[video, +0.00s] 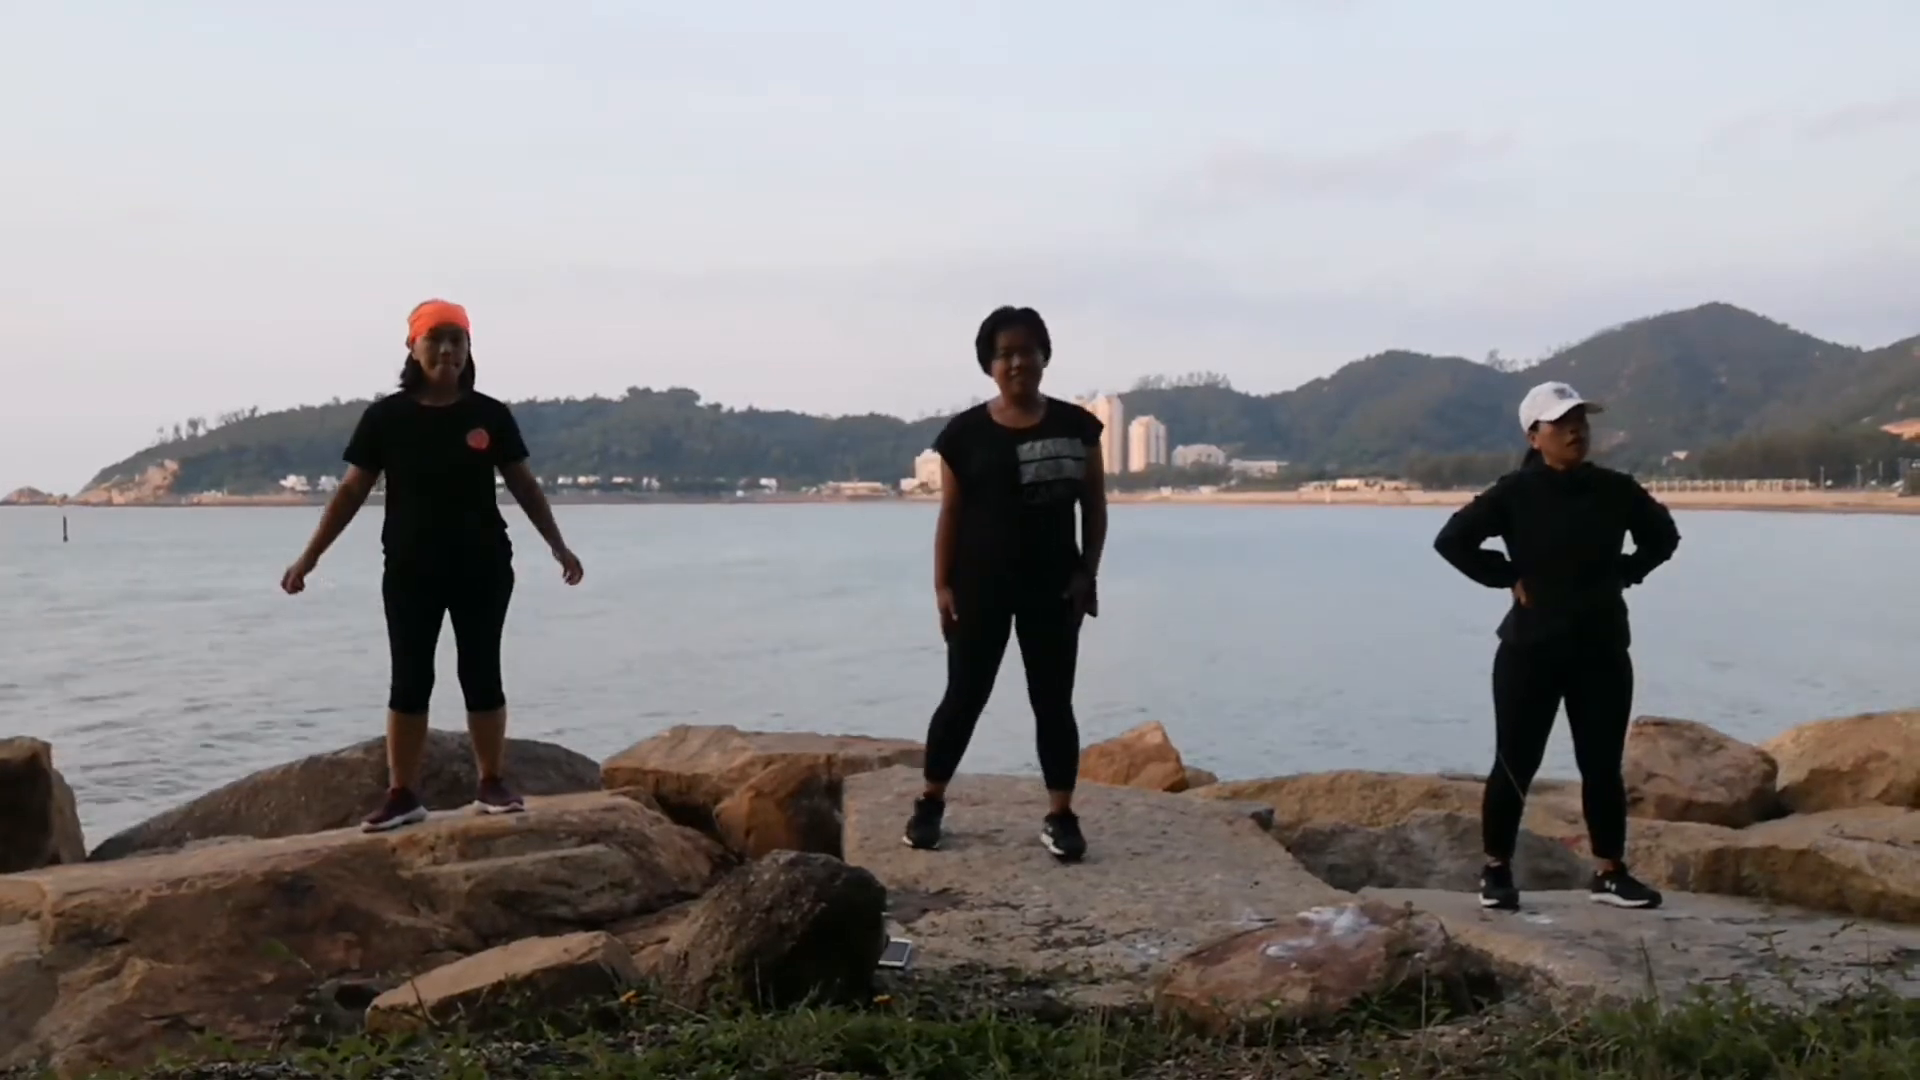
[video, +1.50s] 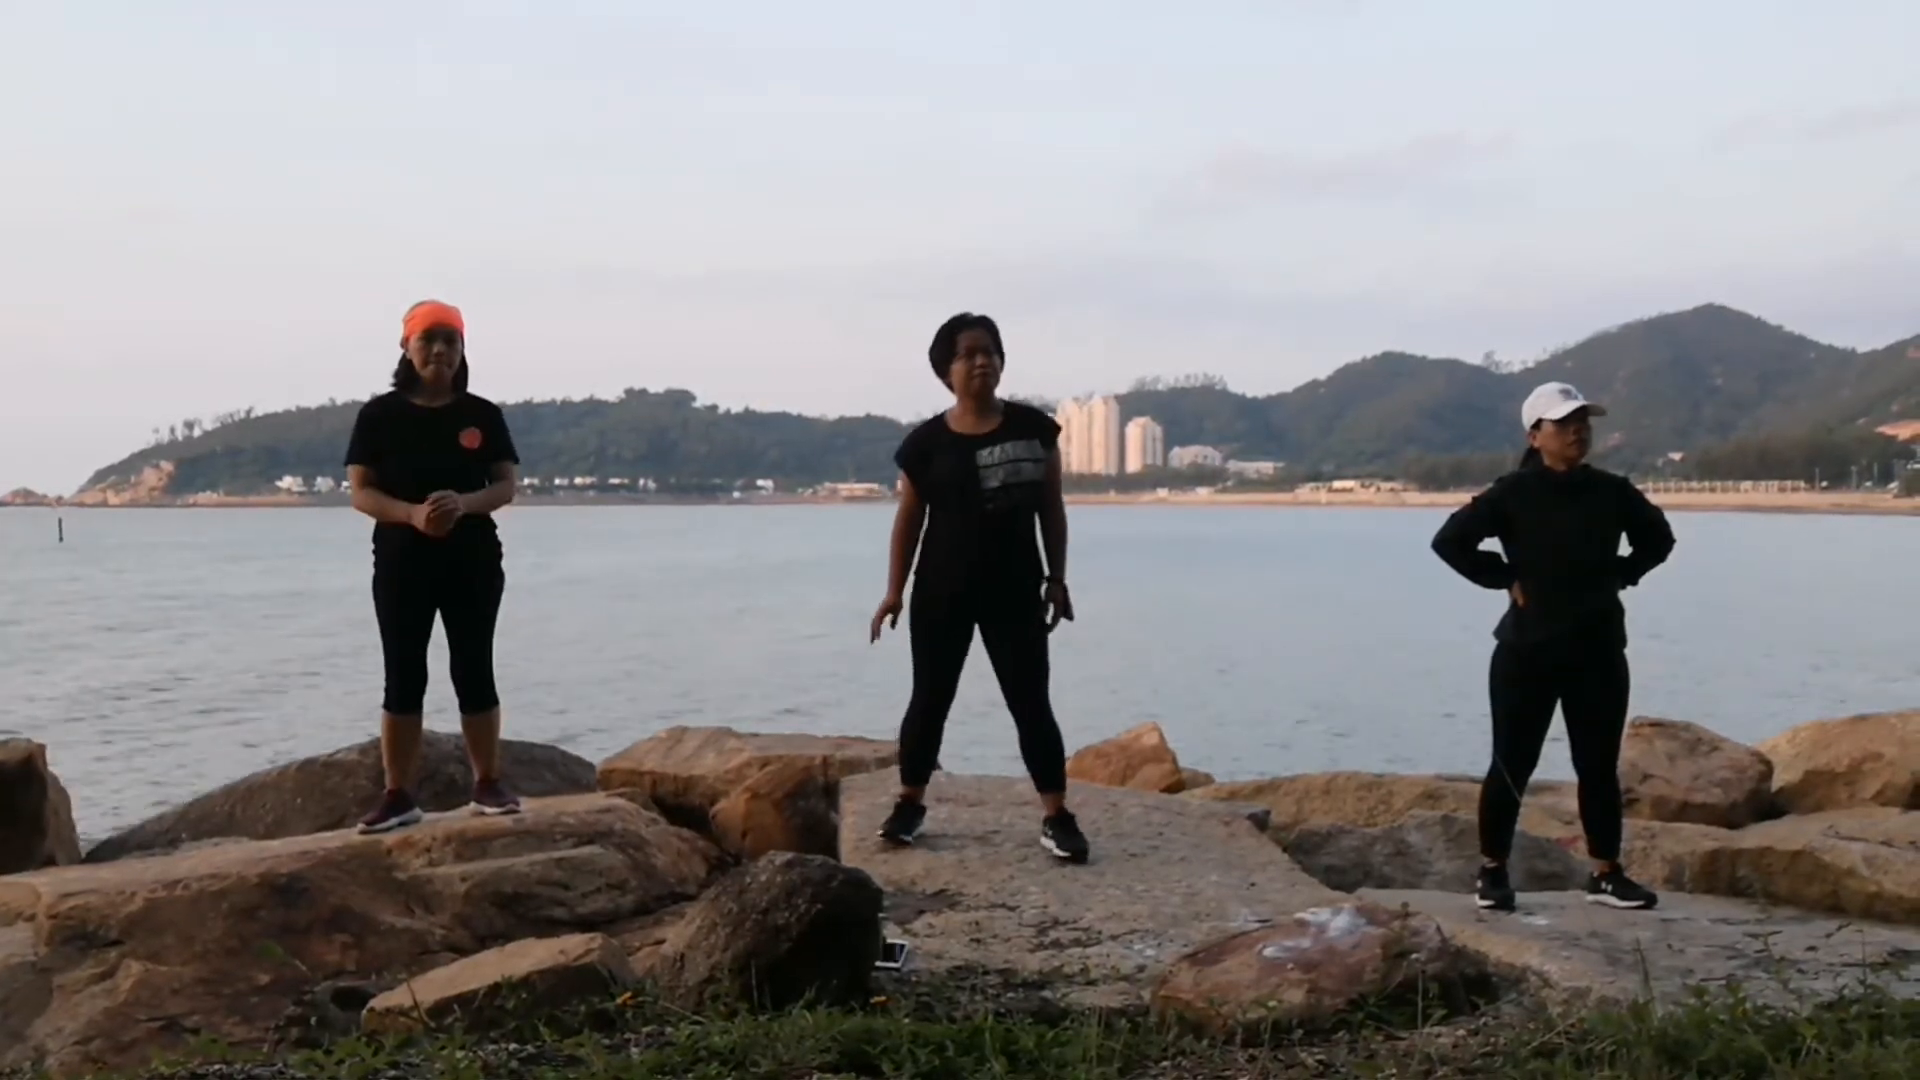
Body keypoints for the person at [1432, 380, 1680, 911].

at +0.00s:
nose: (1577, 431)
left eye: (1580, 420)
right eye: (1563, 424)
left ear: (1586, 425)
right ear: (1535, 435)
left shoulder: (1614, 489)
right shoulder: (1514, 493)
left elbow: (1664, 536)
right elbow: (1451, 542)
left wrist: (1625, 572)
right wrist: (1508, 576)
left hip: (1601, 649)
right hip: (1531, 649)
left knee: (1603, 766)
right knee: (1515, 765)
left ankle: (1611, 872)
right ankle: (1497, 872)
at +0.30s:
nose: (1581, 430)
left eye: (1583, 420)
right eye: (1568, 423)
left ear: (1587, 424)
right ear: (1538, 435)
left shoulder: (1614, 488)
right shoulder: (1514, 492)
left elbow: (1663, 536)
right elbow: (1452, 541)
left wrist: (1624, 572)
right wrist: (1509, 576)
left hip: (1600, 649)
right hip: (1531, 649)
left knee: (1602, 766)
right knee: (1514, 764)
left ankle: (1610, 872)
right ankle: (1496, 872)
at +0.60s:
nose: (1581, 431)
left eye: (1583, 421)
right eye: (1569, 423)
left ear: (1587, 425)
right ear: (1538, 434)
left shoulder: (1613, 489)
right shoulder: (1513, 492)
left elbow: (1661, 537)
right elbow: (1451, 542)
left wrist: (1622, 573)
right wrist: (1508, 576)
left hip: (1599, 650)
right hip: (1530, 651)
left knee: (1601, 767)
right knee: (1513, 764)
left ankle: (1609, 872)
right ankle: (1496, 871)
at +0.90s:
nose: (1579, 431)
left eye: (1581, 421)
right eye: (1566, 423)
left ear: (1586, 426)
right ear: (1536, 434)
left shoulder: (1611, 490)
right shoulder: (1513, 493)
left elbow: (1660, 537)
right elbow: (1449, 542)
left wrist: (1620, 573)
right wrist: (1507, 577)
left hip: (1598, 650)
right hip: (1529, 650)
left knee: (1600, 767)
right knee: (1512, 765)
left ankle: (1608, 872)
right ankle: (1494, 872)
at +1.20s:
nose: (1579, 431)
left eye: (1581, 421)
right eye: (1565, 423)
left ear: (1585, 425)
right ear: (1535, 434)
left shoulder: (1611, 490)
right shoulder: (1512, 493)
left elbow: (1660, 538)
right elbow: (1448, 542)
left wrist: (1619, 573)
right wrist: (1506, 577)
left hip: (1597, 650)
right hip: (1529, 650)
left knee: (1600, 767)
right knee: (1512, 765)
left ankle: (1607, 873)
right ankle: (1494, 872)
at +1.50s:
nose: (1580, 432)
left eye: (1582, 422)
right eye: (1567, 424)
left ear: (1587, 427)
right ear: (1536, 434)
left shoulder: (1611, 490)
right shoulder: (1512, 493)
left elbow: (1659, 538)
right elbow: (1449, 543)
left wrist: (1619, 574)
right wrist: (1506, 577)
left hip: (1597, 650)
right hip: (1528, 650)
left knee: (1599, 768)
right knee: (1511, 765)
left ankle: (1607, 873)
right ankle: (1493, 872)